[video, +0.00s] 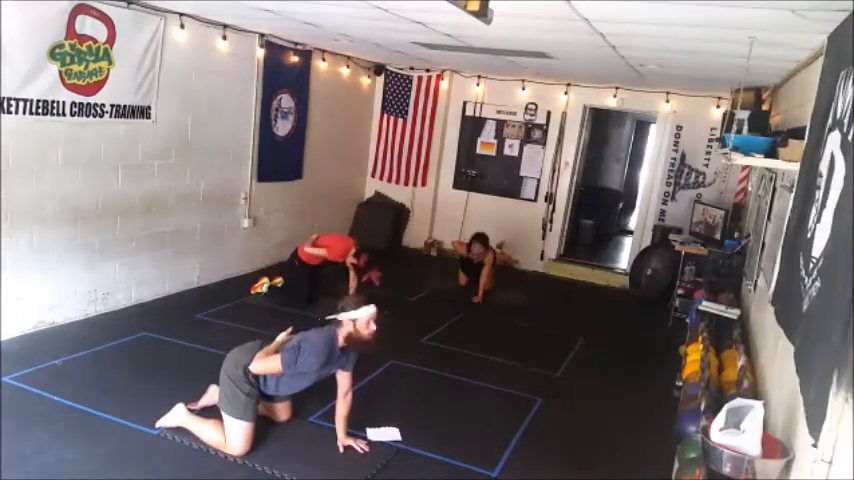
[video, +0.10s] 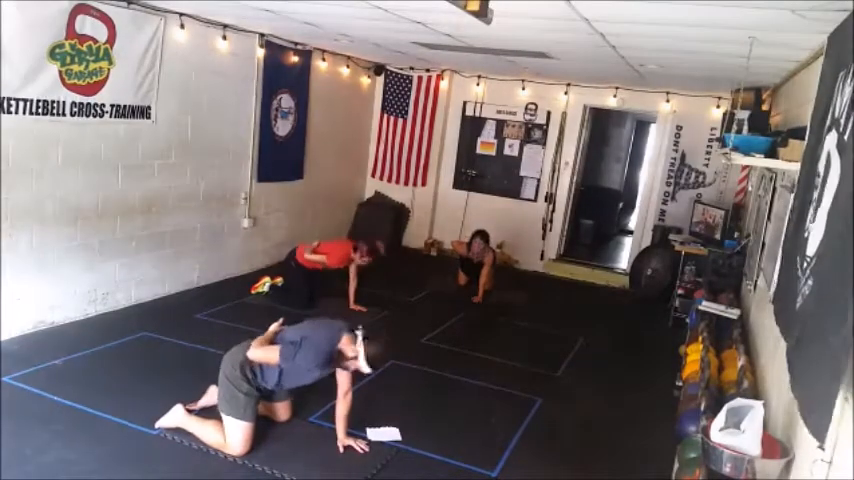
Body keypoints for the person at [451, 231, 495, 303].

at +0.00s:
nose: (475, 256)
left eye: (479, 253)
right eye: (473, 253)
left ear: (485, 250)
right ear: (469, 249)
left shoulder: (489, 254)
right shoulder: (464, 249)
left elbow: (484, 275)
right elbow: (454, 243)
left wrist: (479, 296)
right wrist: (464, 254)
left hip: (482, 265)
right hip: (467, 263)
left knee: (486, 287)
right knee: (462, 282)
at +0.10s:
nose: (477, 246)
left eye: (480, 243)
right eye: (475, 242)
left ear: (485, 245)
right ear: (471, 242)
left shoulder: (489, 255)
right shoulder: (463, 249)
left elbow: (483, 276)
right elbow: (453, 243)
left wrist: (479, 296)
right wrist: (466, 254)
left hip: (481, 267)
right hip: (467, 264)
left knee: (486, 287)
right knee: (461, 282)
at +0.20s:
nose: (477, 250)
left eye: (481, 247)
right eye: (475, 247)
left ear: (486, 249)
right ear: (471, 246)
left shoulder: (490, 255)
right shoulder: (464, 250)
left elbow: (484, 276)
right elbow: (454, 243)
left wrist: (480, 296)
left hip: (482, 268)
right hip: (467, 265)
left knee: (487, 287)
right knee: (462, 283)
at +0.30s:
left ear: (484, 255)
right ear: (469, 250)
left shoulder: (490, 255)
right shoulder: (463, 249)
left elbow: (483, 276)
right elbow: (456, 239)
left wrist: (480, 296)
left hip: (482, 267)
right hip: (467, 264)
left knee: (487, 286)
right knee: (462, 282)